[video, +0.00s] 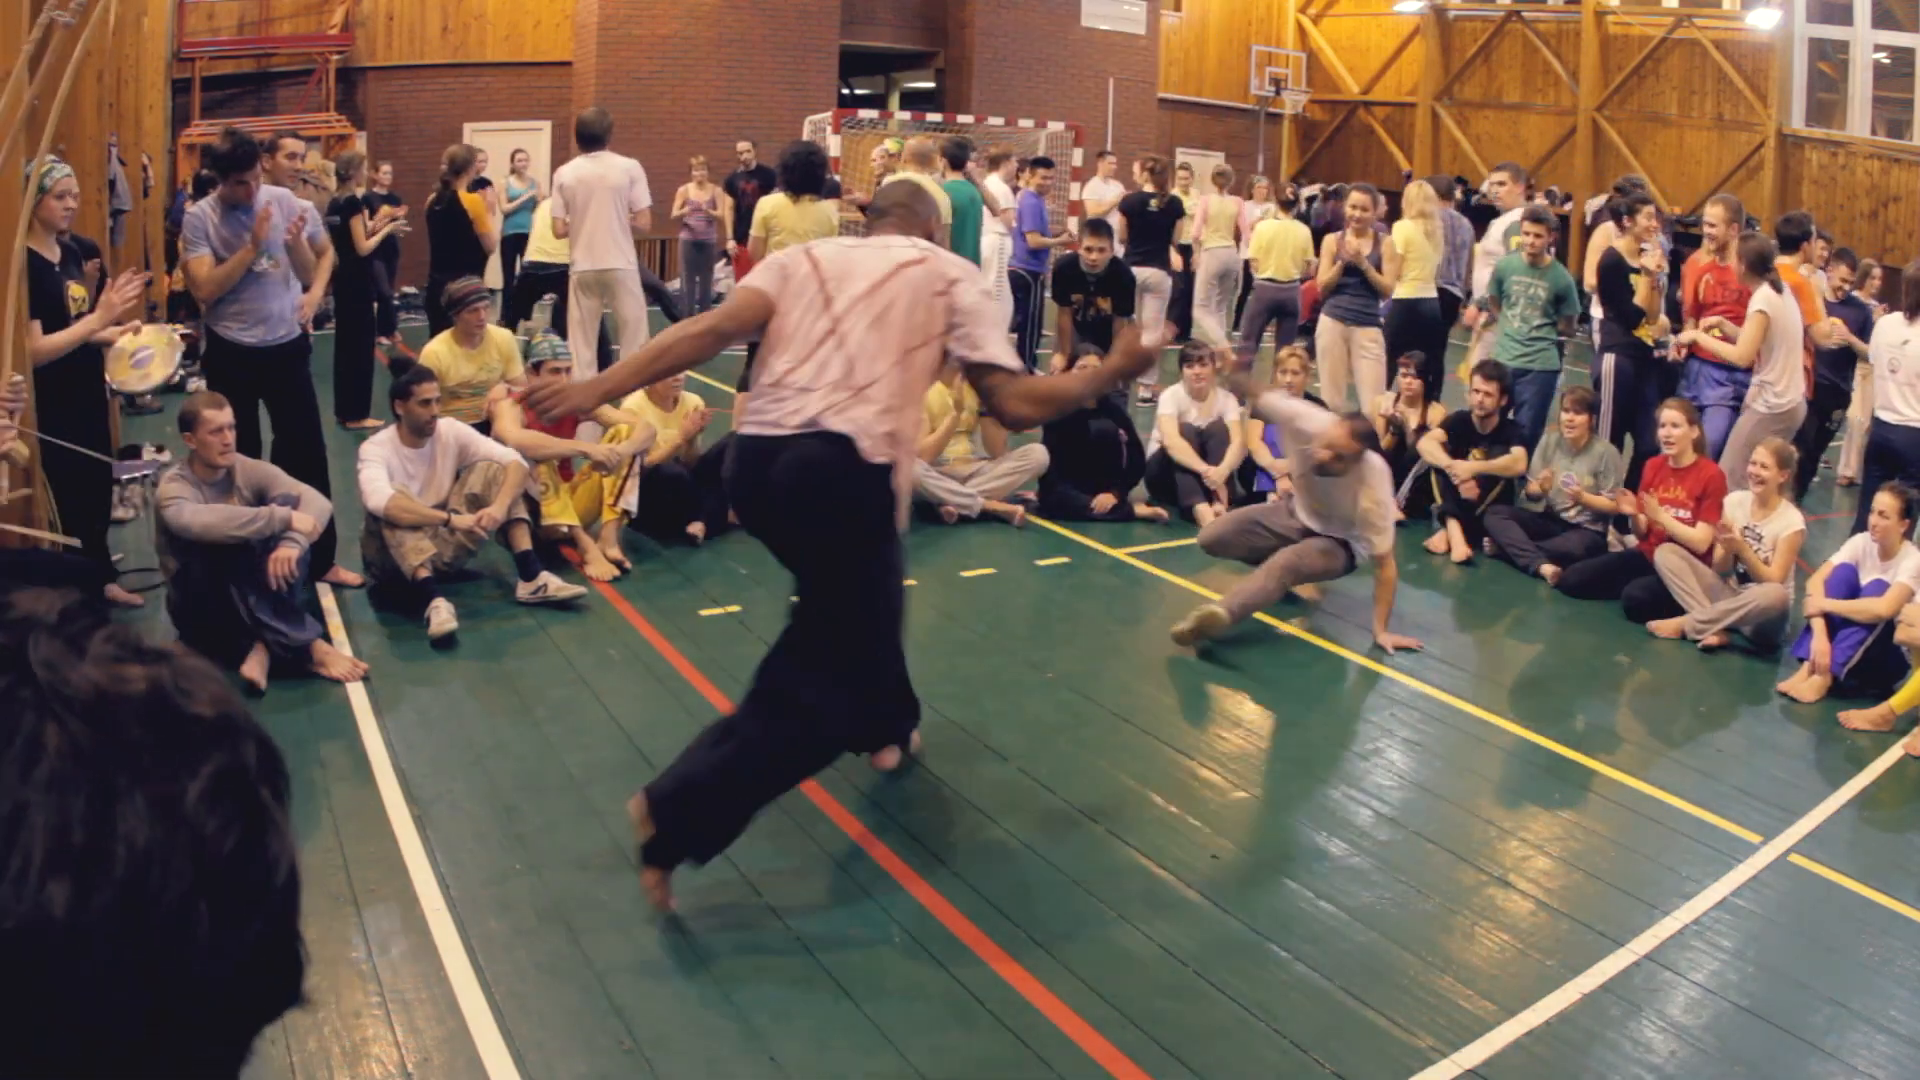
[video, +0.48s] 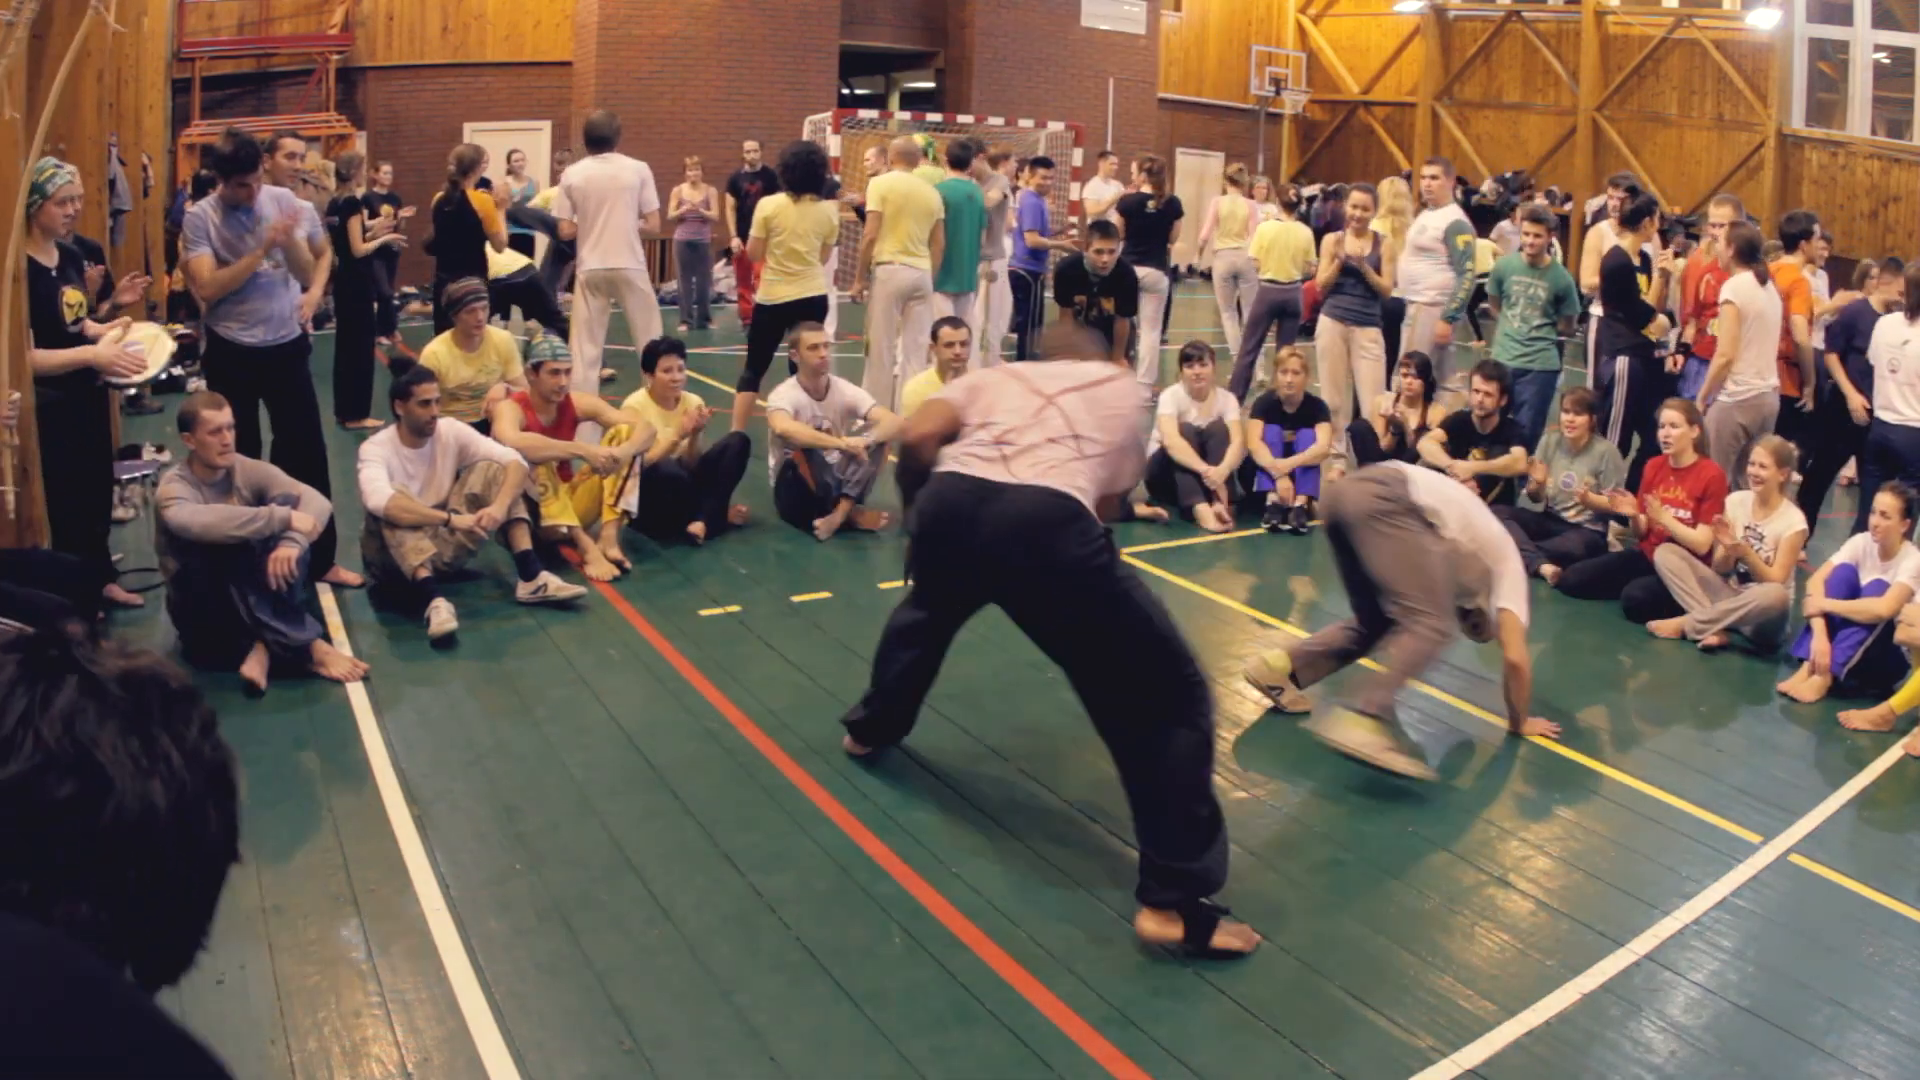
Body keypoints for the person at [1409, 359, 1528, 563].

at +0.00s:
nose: (1480, 399)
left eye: (1488, 394)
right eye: (1476, 392)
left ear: (1503, 400)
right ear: (1469, 393)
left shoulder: (1511, 429)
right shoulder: (1459, 419)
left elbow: (1519, 465)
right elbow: (1425, 444)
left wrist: (1472, 467)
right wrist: (1458, 474)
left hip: (1492, 508)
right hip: (1454, 502)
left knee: (1501, 459)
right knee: (1437, 459)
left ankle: (1448, 529)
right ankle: (1454, 530)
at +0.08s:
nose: (1479, 400)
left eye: (1487, 395)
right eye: (1475, 392)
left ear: (1503, 400)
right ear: (1469, 392)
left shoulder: (1511, 429)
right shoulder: (1457, 420)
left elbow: (1519, 464)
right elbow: (1432, 441)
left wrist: (1471, 468)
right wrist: (1459, 475)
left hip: (1491, 508)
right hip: (1454, 499)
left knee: (1501, 461)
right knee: (1435, 463)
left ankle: (1448, 528)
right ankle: (1454, 529)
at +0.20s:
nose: (1480, 400)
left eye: (1488, 395)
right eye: (1476, 392)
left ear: (1503, 400)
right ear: (1470, 392)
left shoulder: (1511, 428)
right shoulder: (1456, 421)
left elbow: (1519, 464)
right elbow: (1433, 448)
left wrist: (1474, 471)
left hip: (1496, 493)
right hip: (1457, 486)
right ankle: (1457, 537)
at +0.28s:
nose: (1479, 400)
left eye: (1487, 395)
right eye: (1476, 392)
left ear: (1503, 400)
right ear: (1470, 392)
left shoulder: (1511, 428)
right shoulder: (1458, 420)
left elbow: (1518, 464)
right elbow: (1426, 442)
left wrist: (1470, 467)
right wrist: (1450, 467)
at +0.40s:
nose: (1479, 399)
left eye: (1488, 395)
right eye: (1476, 392)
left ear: (1503, 400)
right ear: (1469, 393)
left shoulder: (1511, 429)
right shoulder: (1458, 419)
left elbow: (1518, 464)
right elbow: (1425, 444)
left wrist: (1471, 467)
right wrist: (1454, 469)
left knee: (1500, 455)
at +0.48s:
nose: (1479, 399)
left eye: (1488, 394)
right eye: (1476, 392)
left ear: (1503, 400)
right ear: (1469, 393)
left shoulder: (1511, 428)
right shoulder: (1458, 419)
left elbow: (1519, 464)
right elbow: (1425, 444)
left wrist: (1472, 468)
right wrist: (1458, 474)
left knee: (1500, 454)